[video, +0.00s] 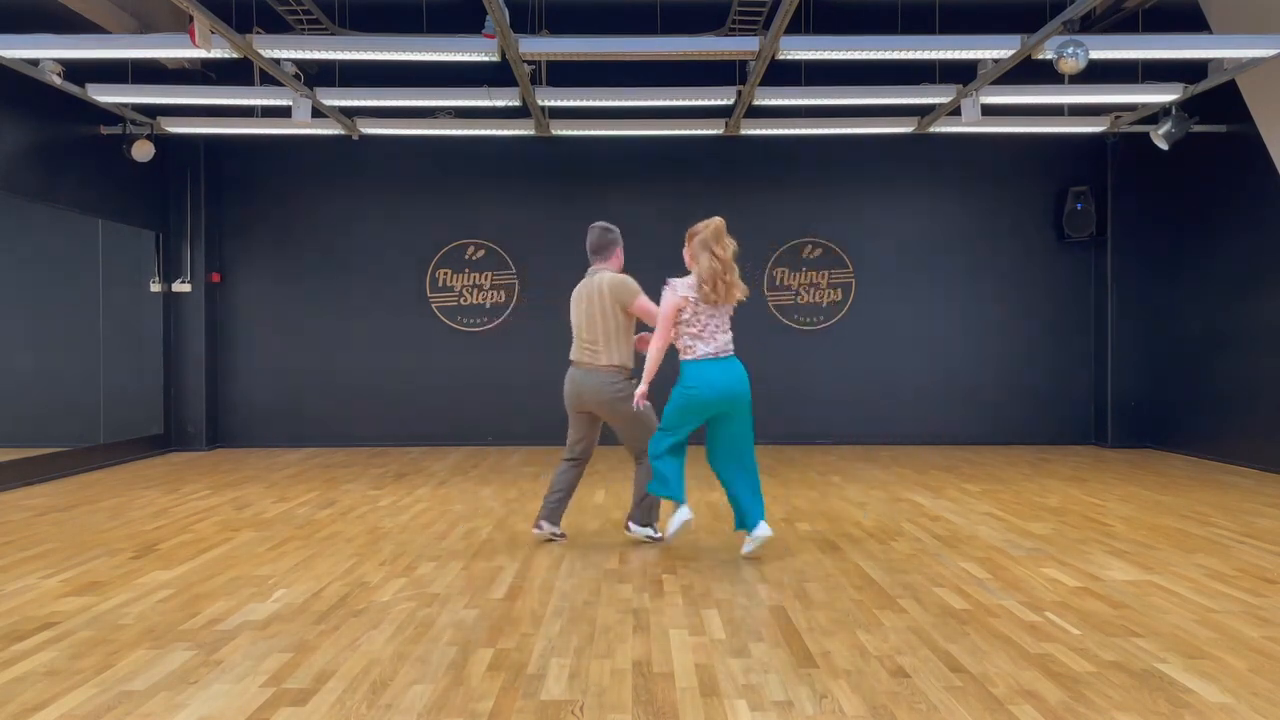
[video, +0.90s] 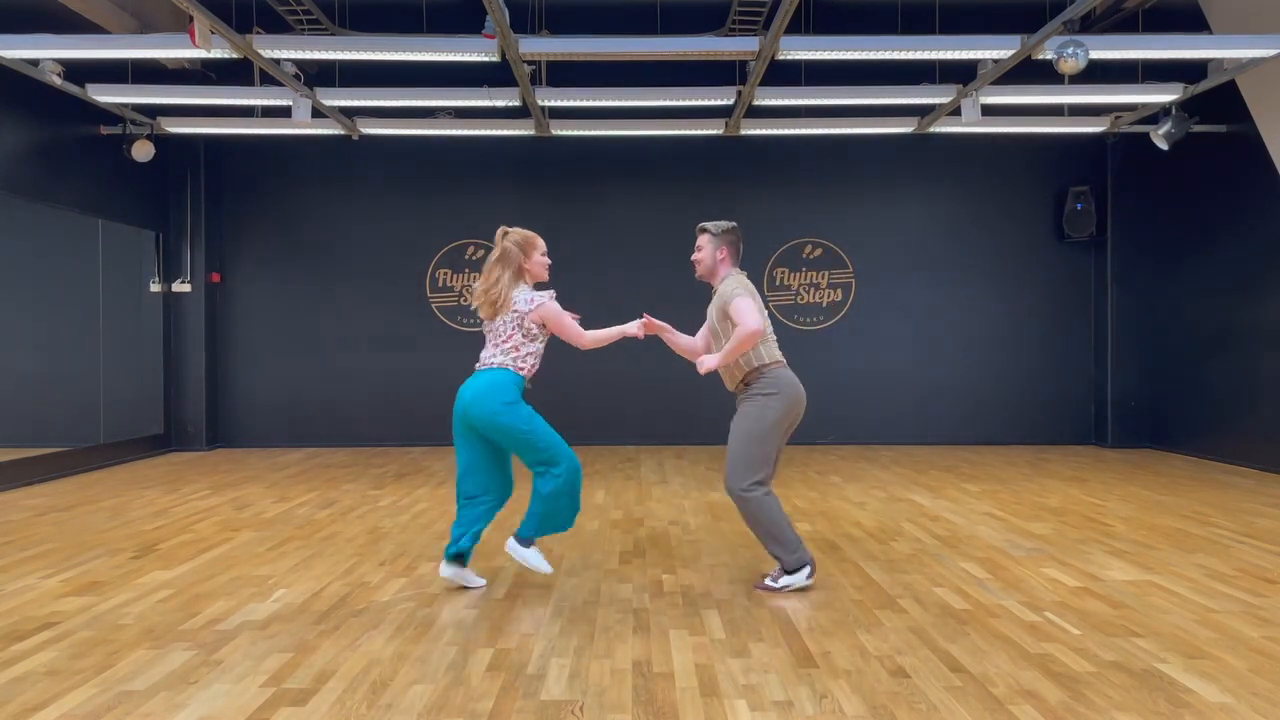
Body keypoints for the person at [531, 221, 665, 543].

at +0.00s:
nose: (623, 256)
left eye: (622, 251)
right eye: (622, 251)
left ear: (590, 254)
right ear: (618, 252)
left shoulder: (579, 290)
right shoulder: (621, 284)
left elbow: (592, 337)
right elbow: (662, 322)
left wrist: (633, 342)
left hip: (576, 379)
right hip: (611, 382)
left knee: (575, 454)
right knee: (649, 450)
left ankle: (548, 519)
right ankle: (641, 520)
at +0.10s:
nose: (600, 259)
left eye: (601, 253)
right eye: (602, 253)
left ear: (607, 255)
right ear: (635, 252)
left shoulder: (592, 290)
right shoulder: (653, 282)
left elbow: (594, 336)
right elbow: (660, 327)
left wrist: (620, 349)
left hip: (608, 372)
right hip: (648, 370)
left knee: (596, 429)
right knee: (663, 432)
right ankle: (675, 496)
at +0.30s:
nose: (658, 259)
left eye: (653, 253)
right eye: (655, 254)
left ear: (619, 261)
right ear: (651, 260)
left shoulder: (609, 302)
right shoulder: (664, 305)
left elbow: (583, 340)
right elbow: (686, 351)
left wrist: (549, 369)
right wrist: (701, 343)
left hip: (591, 385)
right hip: (614, 391)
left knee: (602, 464)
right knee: (625, 471)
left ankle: (605, 541)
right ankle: (587, 547)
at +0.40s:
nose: (634, 263)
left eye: (632, 257)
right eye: (629, 257)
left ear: (594, 267)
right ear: (619, 265)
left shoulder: (592, 303)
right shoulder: (629, 305)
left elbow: (572, 336)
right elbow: (652, 351)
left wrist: (542, 356)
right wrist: (682, 343)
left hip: (568, 388)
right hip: (583, 394)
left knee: (585, 462)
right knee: (631, 458)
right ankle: (597, 528)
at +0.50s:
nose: (612, 277)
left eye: (611, 271)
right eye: (608, 272)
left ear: (578, 279)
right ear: (594, 278)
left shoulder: (574, 313)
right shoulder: (598, 320)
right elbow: (626, 364)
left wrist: (650, 340)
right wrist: (656, 344)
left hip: (553, 404)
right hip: (564, 410)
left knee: (565, 481)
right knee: (621, 468)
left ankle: (533, 542)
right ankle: (577, 533)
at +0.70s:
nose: (576, 260)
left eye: (573, 254)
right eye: (570, 255)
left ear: (550, 263)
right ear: (554, 263)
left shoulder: (538, 296)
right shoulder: (567, 300)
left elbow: (573, 334)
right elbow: (600, 349)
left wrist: (612, 324)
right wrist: (634, 346)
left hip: (506, 389)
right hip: (530, 394)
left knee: (524, 473)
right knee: (566, 474)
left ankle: (496, 544)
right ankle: (531, 551)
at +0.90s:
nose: (548, 260)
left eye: (546, 253)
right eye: (542, 254)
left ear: (518, 263)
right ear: (522, 262)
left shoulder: (496, 297)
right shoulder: (539, 302)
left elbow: (519, 328)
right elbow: (583, 340)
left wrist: (555, 317)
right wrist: (625, 329)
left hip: (470, 395)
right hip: (499, 394)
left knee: (488, 483)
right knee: (561, 463)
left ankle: (454, 561)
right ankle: (525, 540)